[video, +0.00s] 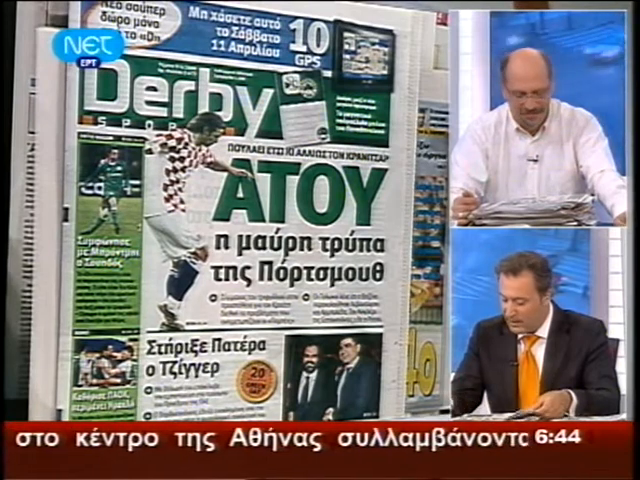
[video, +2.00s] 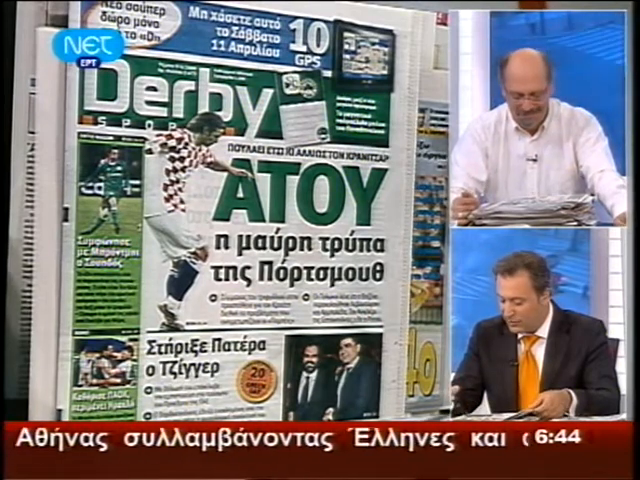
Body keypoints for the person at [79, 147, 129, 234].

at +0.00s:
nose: (115, 156)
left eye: (116, 154)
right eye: (113, 154)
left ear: (118, 155)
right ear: (109, 154)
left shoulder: (122, 165)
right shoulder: (104, 165)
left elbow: (126, 176)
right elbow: (95, 174)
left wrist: (127, 186)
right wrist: (85, 182)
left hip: (118, 190)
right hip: (108, 189)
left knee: (105, 213)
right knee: (113, 205)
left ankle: (91, 230)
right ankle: (116, 226)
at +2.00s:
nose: (115, 156)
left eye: (116, 154)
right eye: (113, 154)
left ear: (118, 155)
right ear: (109, 154)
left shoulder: (122, 165)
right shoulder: (104, 165)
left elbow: (126, 177)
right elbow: (95, 175)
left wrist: (127, 187)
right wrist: (85, 182)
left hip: (118, 190)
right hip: (108, 189)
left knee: (105, 213)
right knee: (113, 205)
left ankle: (91, 230)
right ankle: (116, 225)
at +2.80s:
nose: (115, 156)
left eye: (116, 154)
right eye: (113, 154)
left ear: (118, 155)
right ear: (109, 154)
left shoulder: (122, 165)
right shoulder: (104, 165)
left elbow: (126, 176)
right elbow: (95, 174)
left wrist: (127, 187)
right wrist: (85, 182)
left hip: (118, 190)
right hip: (108, 189)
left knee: (105, 213)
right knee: (113, 205)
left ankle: (91, 230)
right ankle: (116, 225)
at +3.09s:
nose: (115, 156)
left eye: (116, 154)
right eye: (113, 154)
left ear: (118, 155)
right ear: (109, 154)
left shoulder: (122, 165)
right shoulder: (104, 165)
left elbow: (126, 177)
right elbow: (95, 174)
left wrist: (127, 187)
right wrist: (85, 182)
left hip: (118, 190)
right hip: (108, 189)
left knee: (105, 213)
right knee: (113, 205)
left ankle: (91, 230)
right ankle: (116, 225)